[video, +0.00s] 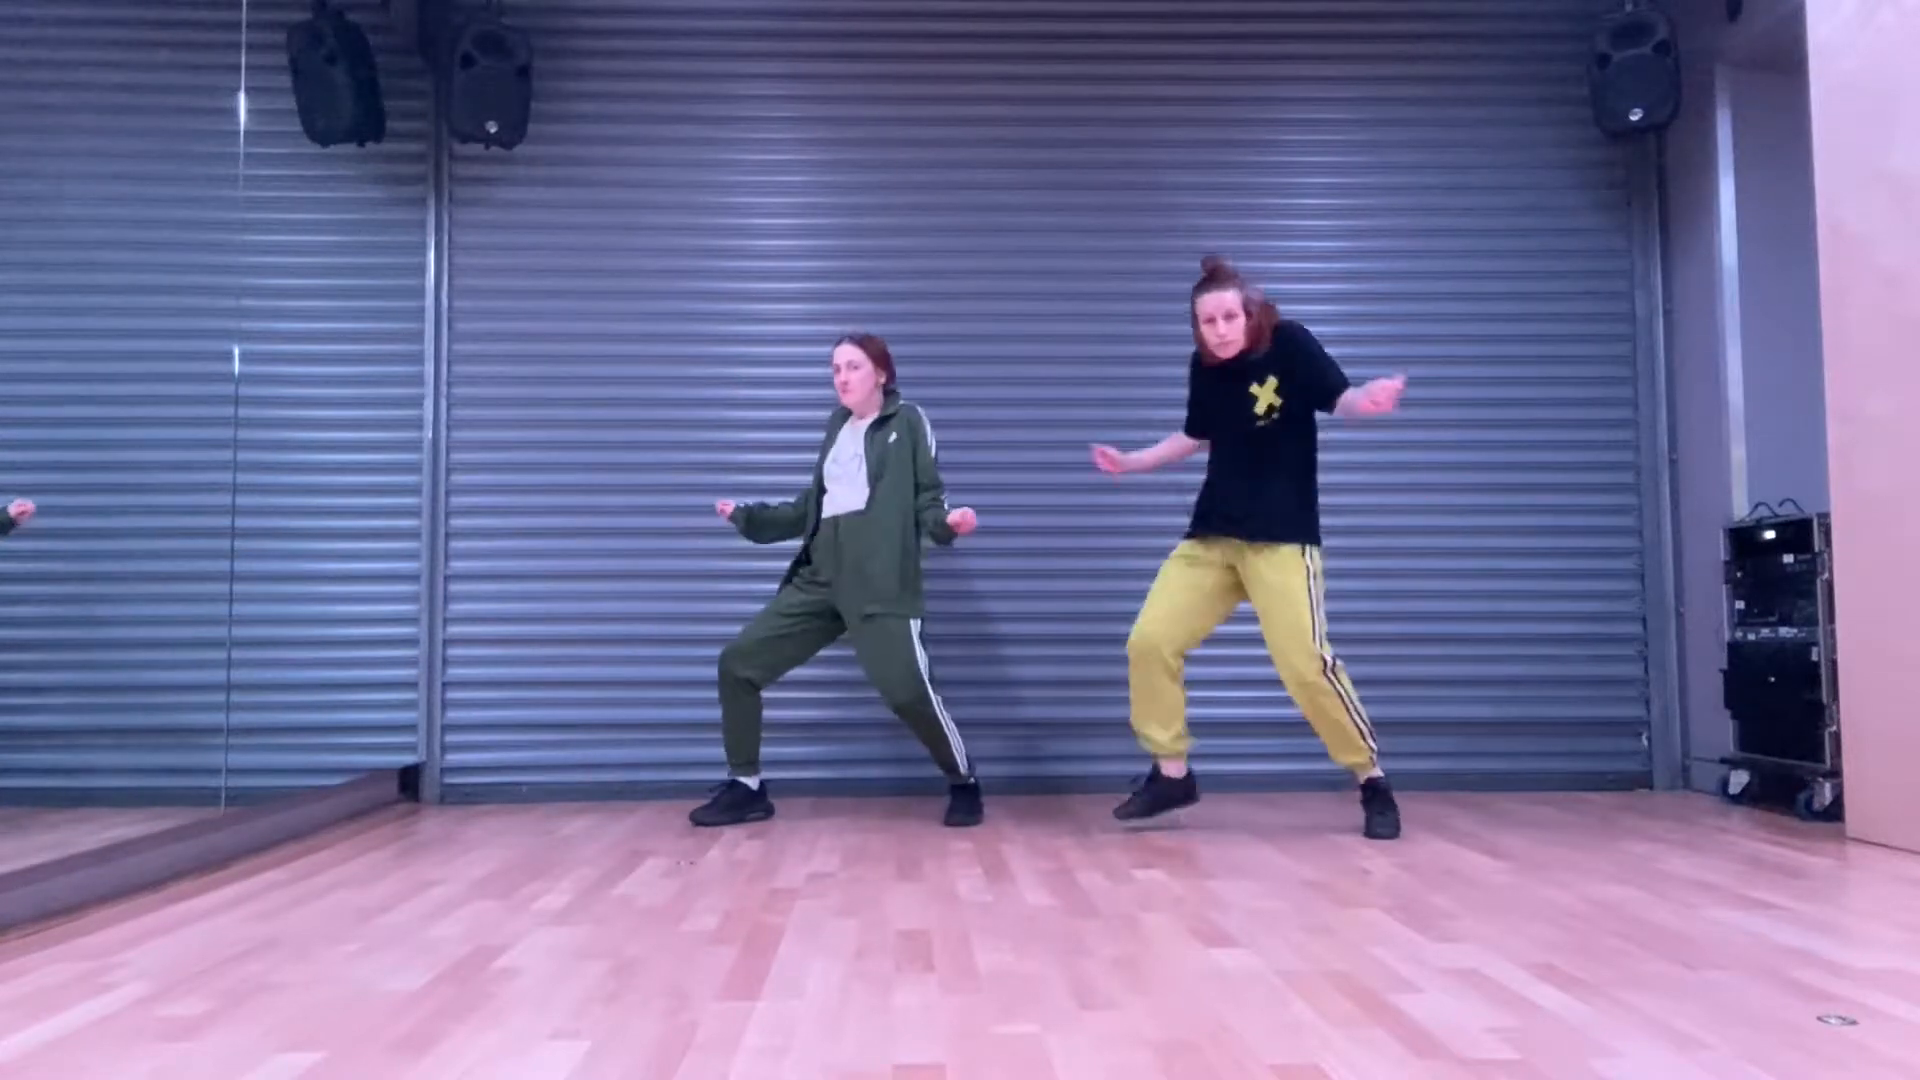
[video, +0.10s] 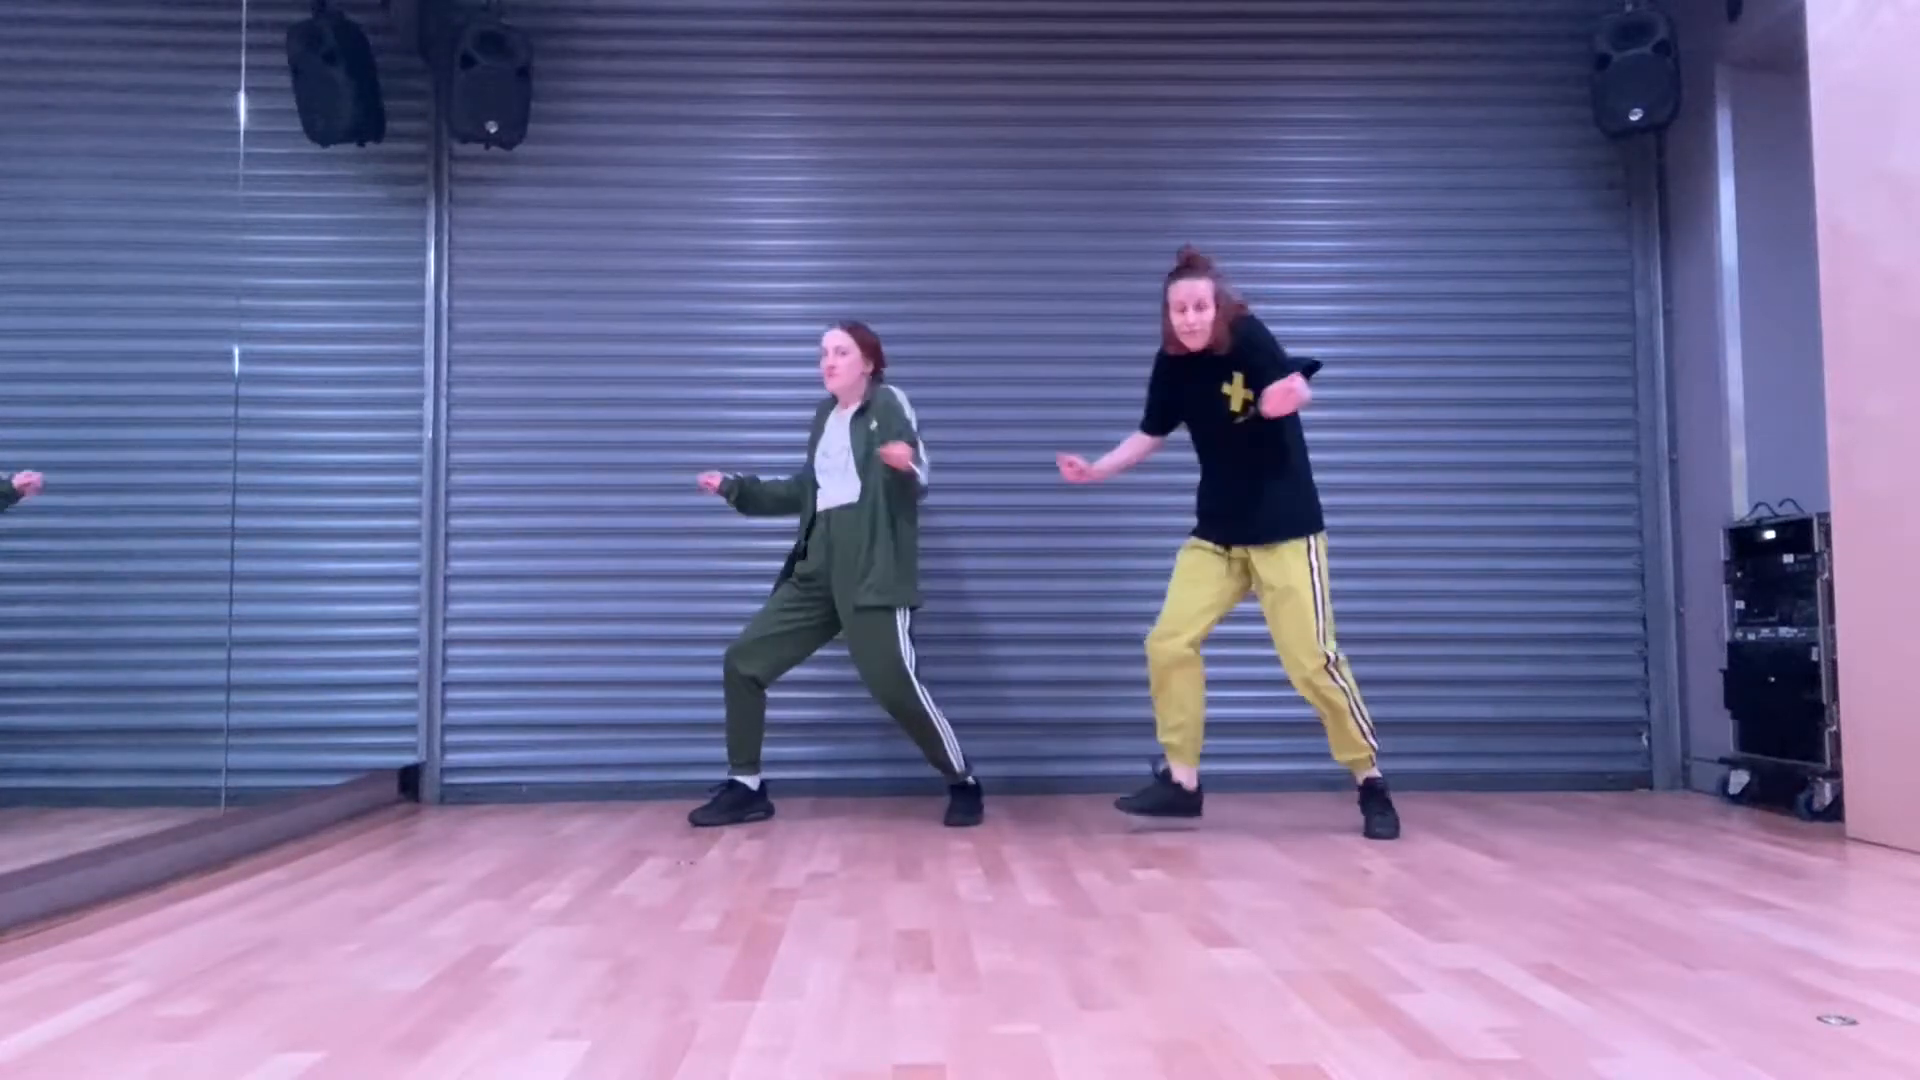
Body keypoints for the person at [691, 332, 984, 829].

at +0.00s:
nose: (841, 377)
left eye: (852, 367)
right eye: (836, 370)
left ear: (881, 374)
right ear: (833, 379)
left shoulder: (908, 422)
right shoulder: (838, 429)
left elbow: (928, 505)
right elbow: (816, 511)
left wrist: (944, 524)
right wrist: (748, 517)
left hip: (883, 583)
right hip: (821, 580)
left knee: (908, 694)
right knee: (739, 664)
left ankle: (963, 784)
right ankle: (745, 787)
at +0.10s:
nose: (828, 362)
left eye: (840, 353)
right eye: (824, 355)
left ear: (869, 362)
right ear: (822, 367)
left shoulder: (887, 404)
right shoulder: (826, 418)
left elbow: (915, 472)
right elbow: (810, 492)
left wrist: (904, 462)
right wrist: (736, 488)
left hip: (874, 570)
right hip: (818, 572)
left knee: (894, 685)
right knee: (744, 663)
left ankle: (962, 783)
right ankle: (745, 787)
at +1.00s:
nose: (725, 319)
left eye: (738, 311)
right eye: (725, 310)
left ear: (769, 325)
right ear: (729, 322)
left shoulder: (786, 372)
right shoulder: (740, 374)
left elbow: (857, 412)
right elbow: (756, 423)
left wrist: (884, 446)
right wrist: (729, 397)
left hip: (799, 525)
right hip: (746, 520)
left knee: (802, 655)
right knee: (706, 607)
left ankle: (806, 778)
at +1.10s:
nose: (768, 318)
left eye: (780, 311)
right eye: (761, 310)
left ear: (798, 328)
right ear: (748, 324)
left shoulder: (822, 384)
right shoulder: (739, 376)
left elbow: (861, 439)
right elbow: (736, 430)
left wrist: (877, 455)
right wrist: (693, 404)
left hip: (803, 524)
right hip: (745, 520)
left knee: (797, 669)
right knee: (691, 596)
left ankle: (814, 787)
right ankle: (755, 597)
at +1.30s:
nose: (799, 324)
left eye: (810, 316)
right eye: (791, 316)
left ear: (829, 328)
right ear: (779, 325)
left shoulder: (841, 396)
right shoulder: (750, 366)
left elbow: (863, 467)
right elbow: (678, 382)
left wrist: (825, 423)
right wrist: (606, 381)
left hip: (812, 521)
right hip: (751, 508)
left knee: (800, 664)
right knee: (680, 636)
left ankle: (808, 789)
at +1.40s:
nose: (774, 320)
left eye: (784, 311)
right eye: (767, 313)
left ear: (807, 322)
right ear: (759, 323)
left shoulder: (831, 381)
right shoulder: (745, 372)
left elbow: (824, 442)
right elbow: (739, 392)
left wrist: (758, 433)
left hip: (795, 528)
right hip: (735, 521)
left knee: (797, 668)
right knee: (666, 644)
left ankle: (808, 790)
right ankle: (617, 776)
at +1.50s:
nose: (753, 312)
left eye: (765, 304)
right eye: (745, 304)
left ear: (788, 314)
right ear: (735, 313)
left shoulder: (804, 366)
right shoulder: (719, 352)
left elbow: (778, 414)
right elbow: (759, 369)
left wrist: (719, 435)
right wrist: (812, 362)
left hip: (772, 507)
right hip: (709, 505)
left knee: (788, 648)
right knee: (680, 635)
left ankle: (790, 774)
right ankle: (684, 768)